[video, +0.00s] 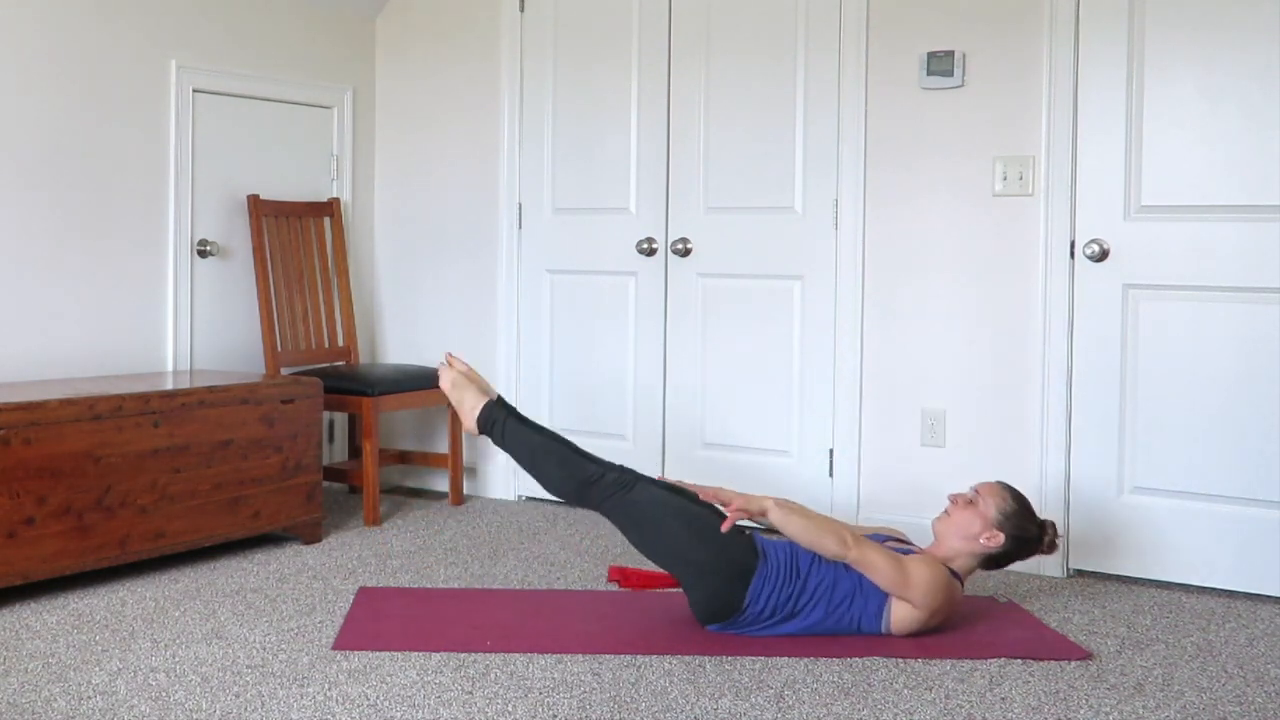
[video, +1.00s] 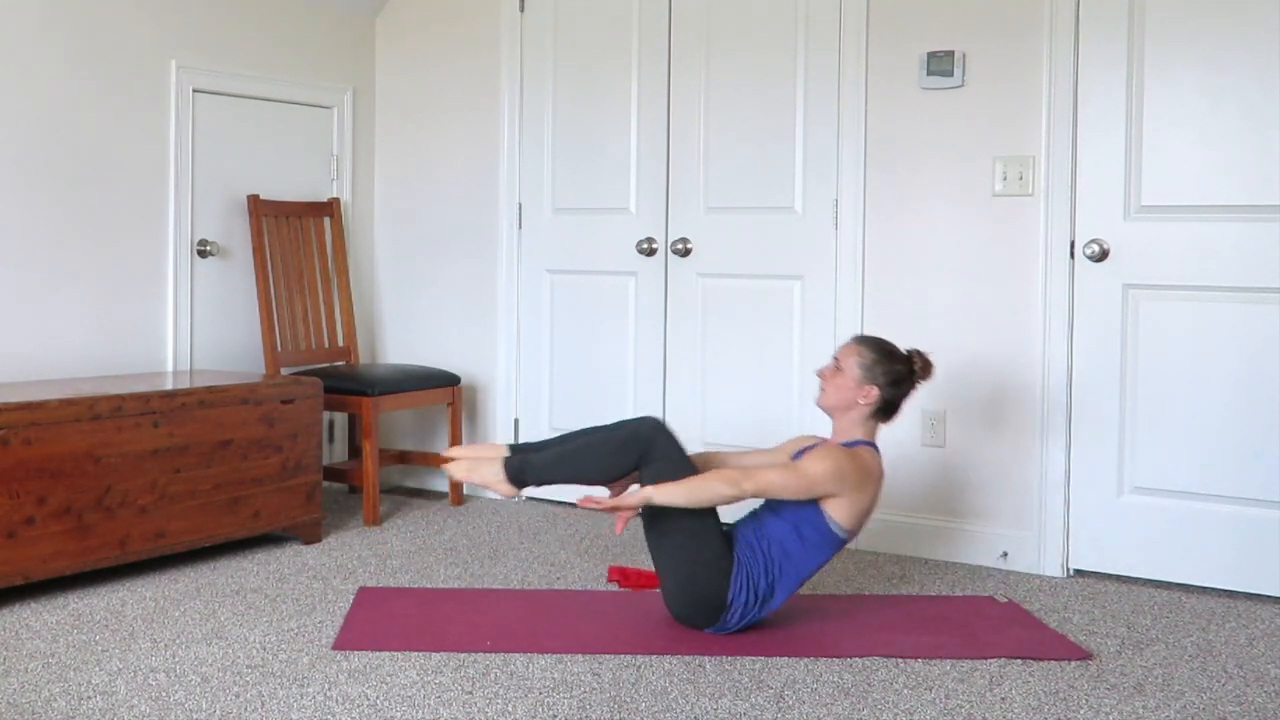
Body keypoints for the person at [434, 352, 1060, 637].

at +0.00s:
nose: (953, 501)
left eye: (969, 505)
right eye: (966, 496)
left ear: (985, 543)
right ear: (967, 527)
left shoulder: (930, 585)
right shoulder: (912, 559)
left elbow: (843, 543)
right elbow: (822, 533)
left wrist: (767, 509)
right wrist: (744, 504)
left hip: (739, 582)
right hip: (740, 563)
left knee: (606, 484)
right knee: (607, 480)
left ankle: (484, 409)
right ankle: (486, 414)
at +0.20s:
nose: (932, 495)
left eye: (949, 495)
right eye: (941, 487)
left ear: (973, 529)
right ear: (948, 508)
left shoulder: (925, 577)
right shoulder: (904, 543)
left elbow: (833, 548)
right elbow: (815, 524)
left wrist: (744, 517)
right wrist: (729, 507)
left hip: (736, 586)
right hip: (739, 565)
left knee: (598, 510)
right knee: (602, 504)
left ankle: (456, 458)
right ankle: (462, 463)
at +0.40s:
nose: (892, 438)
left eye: (910, 435)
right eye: (900, 428)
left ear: (940, 464)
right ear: (915, 450)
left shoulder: (907, 524)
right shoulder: (876, 494)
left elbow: (809, 524)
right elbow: (788, 496)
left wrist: (711, 514)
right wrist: (701, 496)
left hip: (729, 588)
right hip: (726, 565)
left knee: (597, 491)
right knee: (598, 487)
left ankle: (449, 520)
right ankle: (454, 514)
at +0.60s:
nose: (829, 380)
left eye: (843, 376)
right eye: (836, 370)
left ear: (872, 403)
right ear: (863, 400)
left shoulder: (863, 472)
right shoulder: (827, 451)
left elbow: (757, 497)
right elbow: (737, 476)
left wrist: (657, 513)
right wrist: (650, 504)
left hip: (724, 595)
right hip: (717, 574)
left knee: (635, 446)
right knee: (632, 445)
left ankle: (500, 503)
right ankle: (497, 489)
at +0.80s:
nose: (781, 355)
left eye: (795, 350)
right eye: (789, 346)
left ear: (827, 374)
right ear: (822, 374)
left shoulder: (814, 445)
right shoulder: (783, 431)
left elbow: (715, 480)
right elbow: (699, 468)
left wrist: (620, 504)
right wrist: (597, 489)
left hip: (717, 597)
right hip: (708, 583)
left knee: (692, 430)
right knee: (688, 427)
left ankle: (554, 466)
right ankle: (557, 455)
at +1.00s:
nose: (823, 373)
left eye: (837, 370)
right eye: (832, 364)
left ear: (865, 396)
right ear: (861, 395)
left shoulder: (848, 466)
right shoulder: (824, 447)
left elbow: (740, 486)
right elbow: (731, 465)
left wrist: (646, 498)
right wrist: (644, 484)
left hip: (720, 595)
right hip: (718, 575)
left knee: (649, 438)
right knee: (647, 435)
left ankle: (510, 474)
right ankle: (511, 461)